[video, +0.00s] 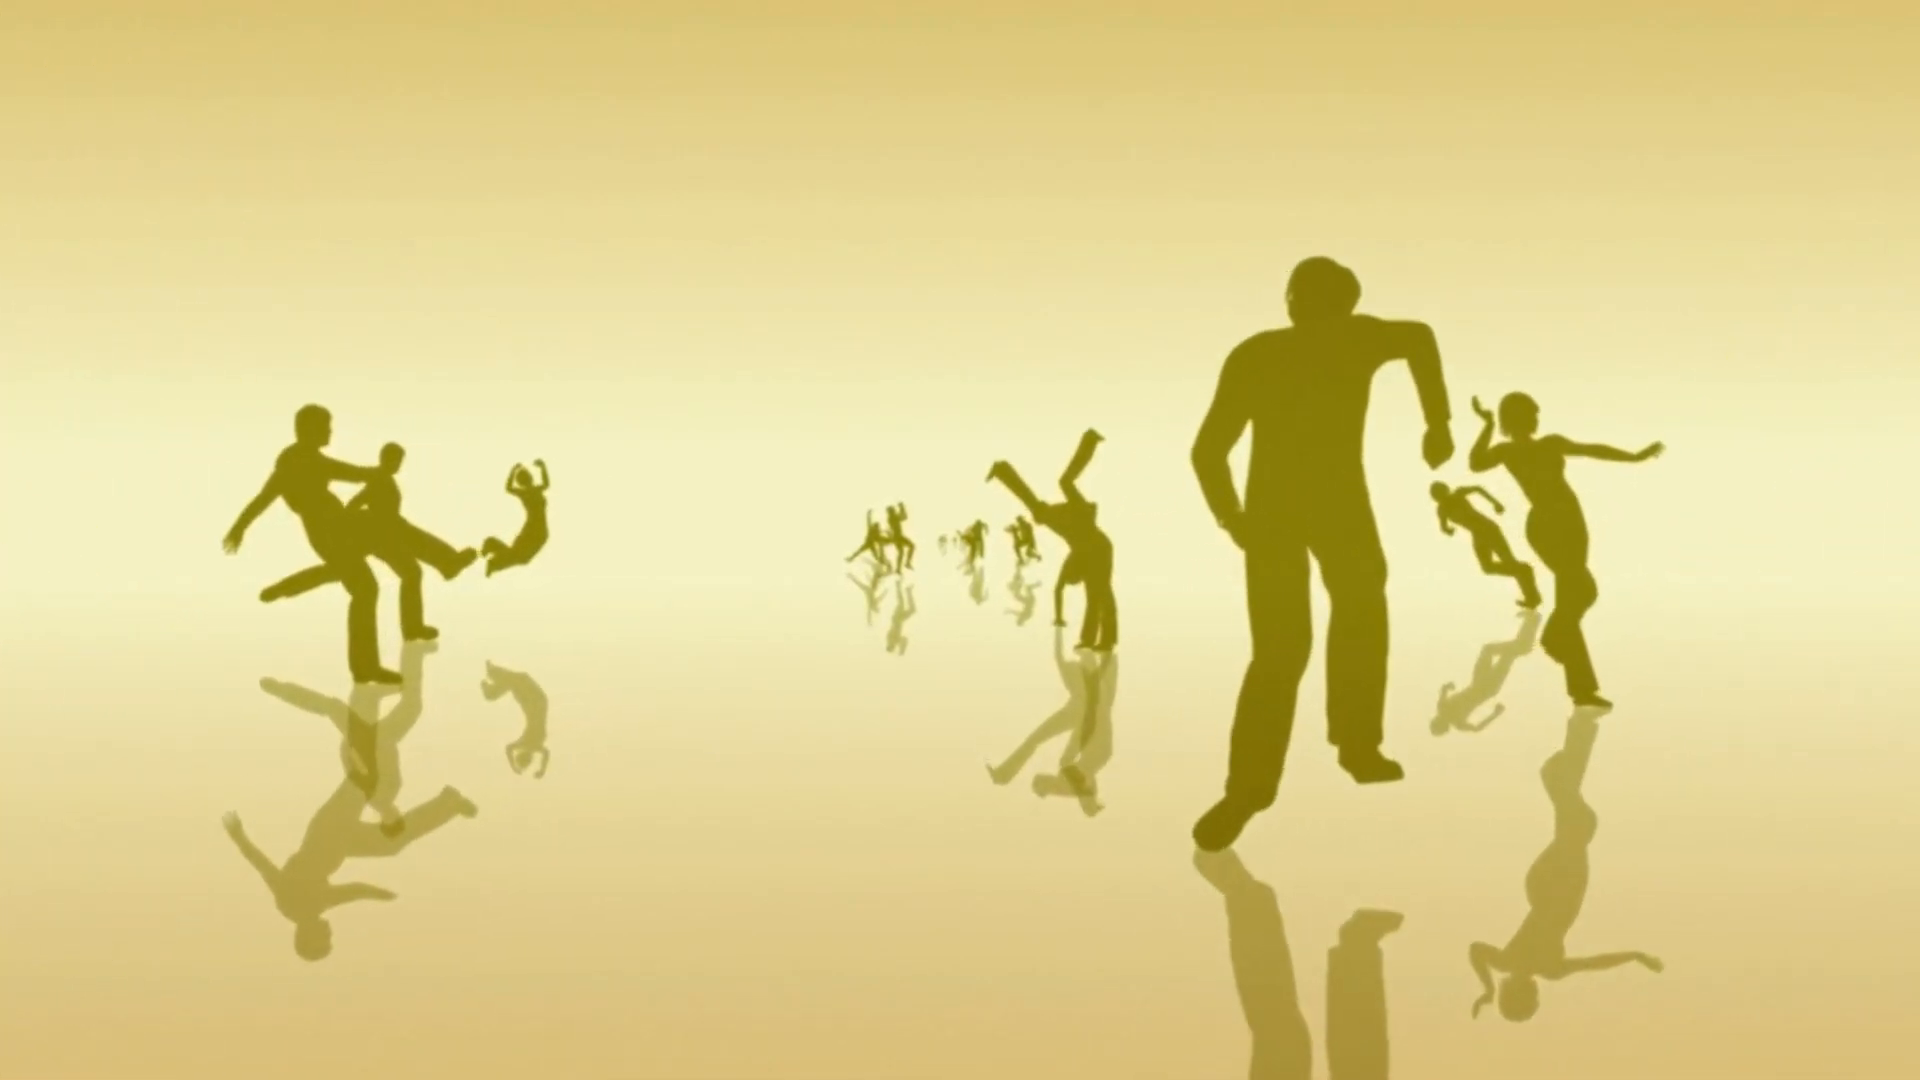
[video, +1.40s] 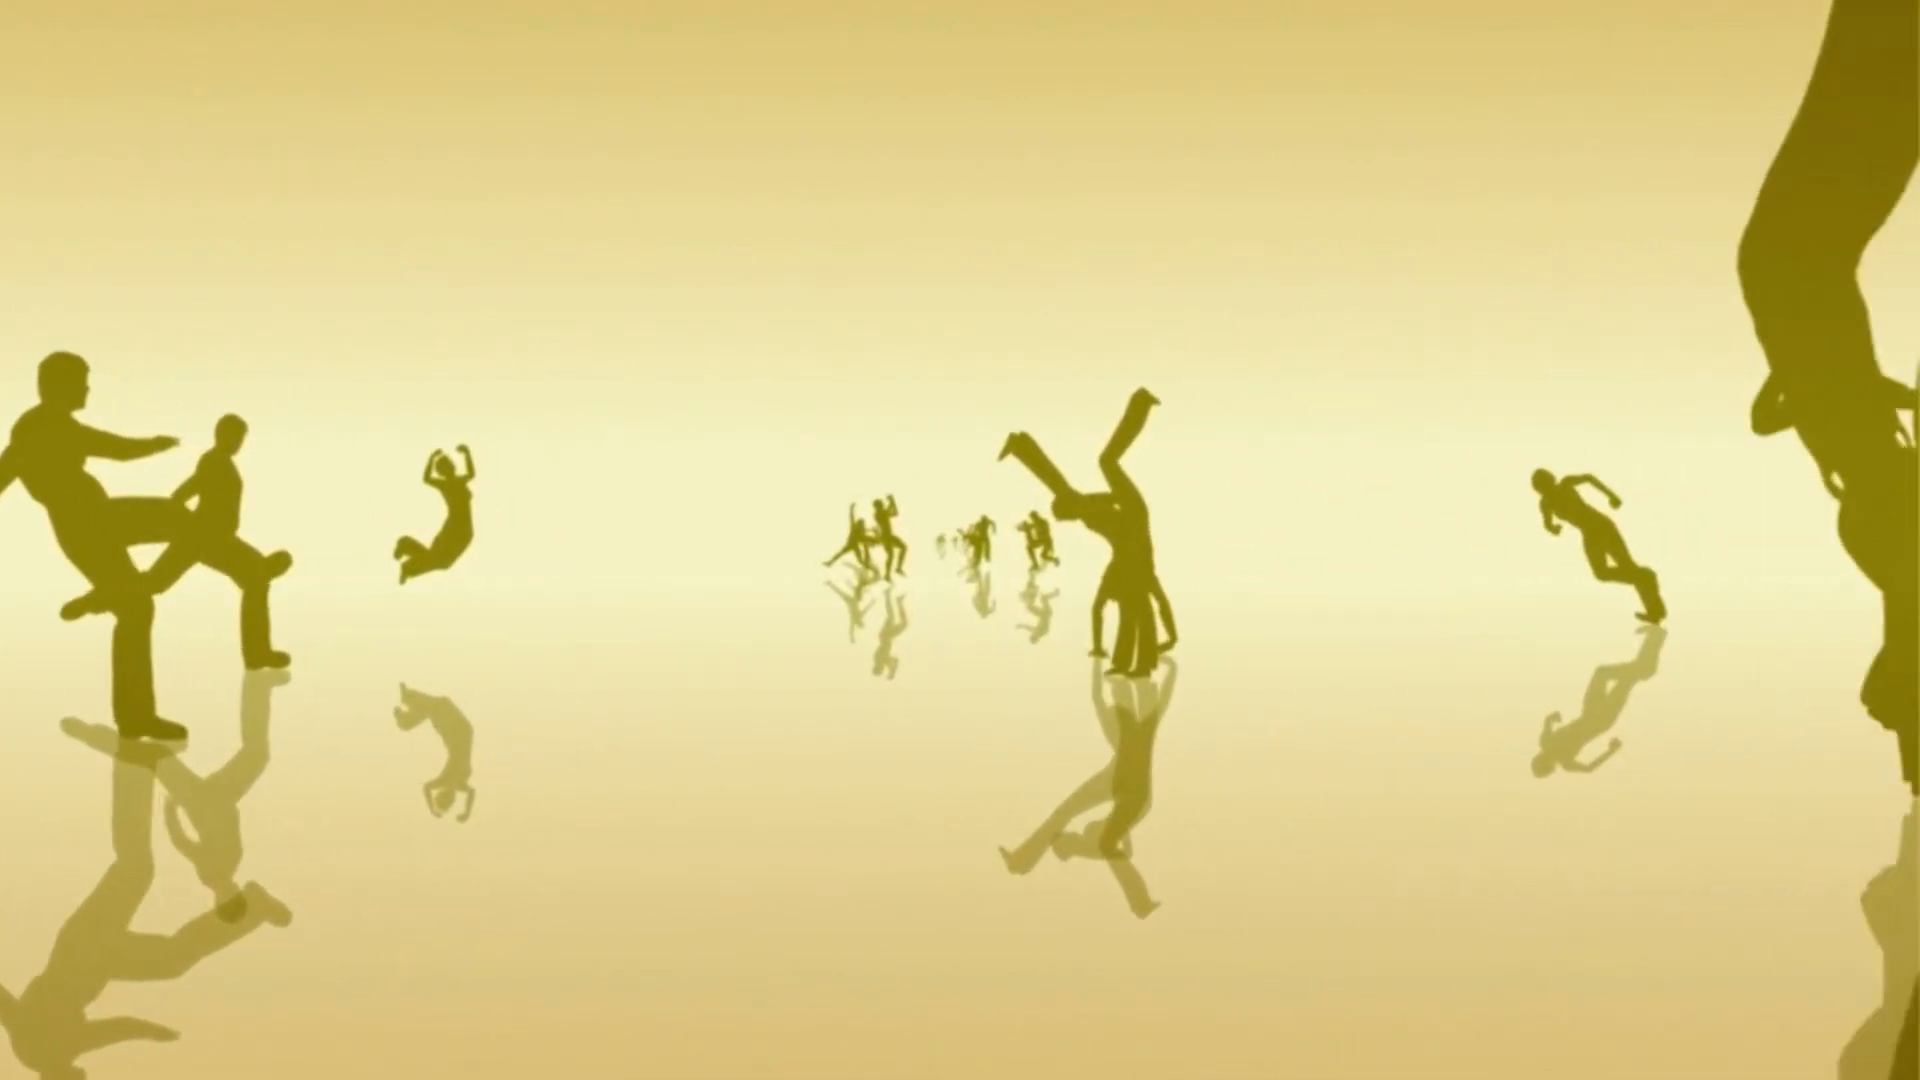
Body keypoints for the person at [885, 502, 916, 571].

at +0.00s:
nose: (894, 512)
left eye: (893, 510)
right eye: (893, 510)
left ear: (890, 512)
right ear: (892, 511)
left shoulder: (893, 518)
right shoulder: (894, 518)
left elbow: (903, 517)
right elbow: (904, 517)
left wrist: (901, 508)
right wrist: (902, 508)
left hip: (897, 536)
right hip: (898, 536)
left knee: (900, 552)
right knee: (911, 545)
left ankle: (898, 569)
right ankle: (908, 563)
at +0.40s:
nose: (891, 510)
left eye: (890, 509)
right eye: (890, 509)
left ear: (887, 510)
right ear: (889, 510)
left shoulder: (890, 517)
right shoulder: (890, 517)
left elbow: (901, 516)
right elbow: (901, 516)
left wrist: (899, 506)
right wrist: (899, 506)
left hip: (895, 536)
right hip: (894, 536)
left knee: (909, 546)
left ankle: (906, 564)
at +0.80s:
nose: (887, 509)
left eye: (886, 507)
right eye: (885, 507)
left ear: (885, 508)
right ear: (884, 508)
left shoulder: (887, 515)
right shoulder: (886, 516)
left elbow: (898, 515)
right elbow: (898, 515)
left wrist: (896, 505)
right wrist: (896, 505)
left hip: (893, 535)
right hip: (891, 536)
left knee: (907, 546)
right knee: (895, 552)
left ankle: (903, 565)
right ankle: (892, 572)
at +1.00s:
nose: (885, 508)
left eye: (884, 507)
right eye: (884, 507)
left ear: (882, 507)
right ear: (883, 507)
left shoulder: (885, 514)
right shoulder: (885, 515)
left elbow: (896, 514)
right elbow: (897, 514)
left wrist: (895, 504)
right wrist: (895, 503)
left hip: (890, 535)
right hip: (890, 536)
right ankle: (902, 566)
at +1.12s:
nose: (884, 508)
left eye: (883, 506)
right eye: (883, 506)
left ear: (881, 507)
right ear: (883, 507)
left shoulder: (883, 514)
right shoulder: (884, 515)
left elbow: (895, 514)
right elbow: (897, 514)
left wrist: (894, 503)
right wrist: (895, 503)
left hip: (889, 536)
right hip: (889, 536)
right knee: (905, 546)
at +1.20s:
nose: (883, 507)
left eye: (882, 506)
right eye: (882, 506)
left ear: (879, 507)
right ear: (881, 506)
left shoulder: (883, 513)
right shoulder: (883, 514)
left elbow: (893, 512)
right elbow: (896, 513)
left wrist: (893, 503)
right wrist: (894, 502)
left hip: (889, 535)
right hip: (888, 536)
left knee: (904, 546)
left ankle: (901, 567)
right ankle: (889, 573)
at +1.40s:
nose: (882, 506)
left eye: (880, 504)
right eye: (880, 504)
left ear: (877, 506)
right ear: (879, 505)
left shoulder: (880, 513)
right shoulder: (881, 514)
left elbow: (892, 512)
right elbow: (894, 513)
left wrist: (891, 502)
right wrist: (892, 501)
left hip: (886, 535)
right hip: (886, 536)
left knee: (903, 547)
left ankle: (899, 568)